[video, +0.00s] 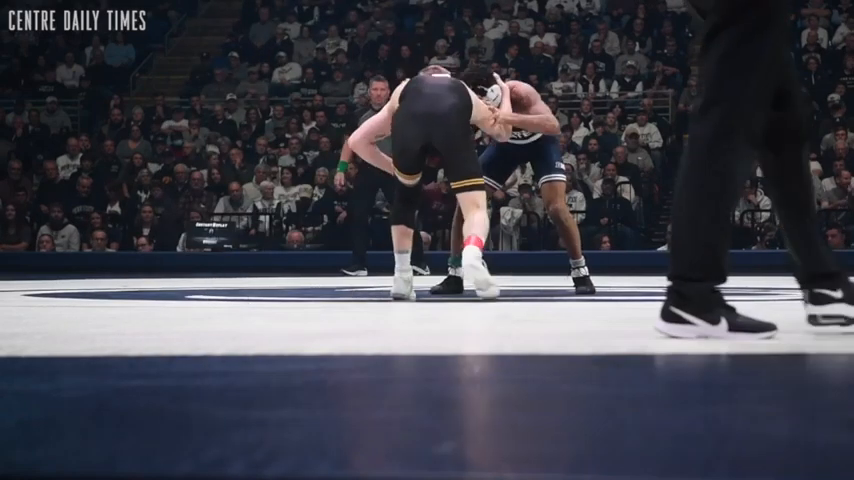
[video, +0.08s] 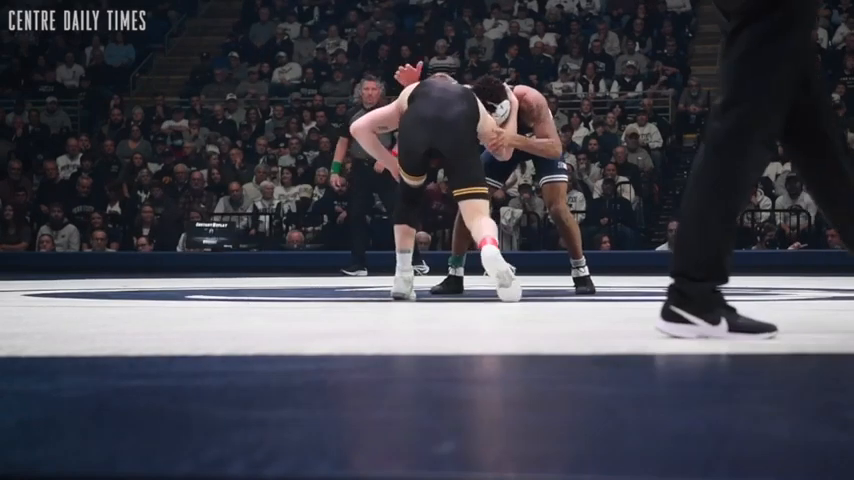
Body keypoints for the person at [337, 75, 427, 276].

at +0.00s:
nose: (379, 94)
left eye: (383, 90)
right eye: (375, 89)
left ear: (389, 92)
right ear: (369, 92)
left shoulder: (400, 113)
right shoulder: (361, 116)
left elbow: (409, 139)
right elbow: (351, 140)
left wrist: (408, 165)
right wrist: (341, 168)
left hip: (394, 169)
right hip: (366, 170)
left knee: (405, 213)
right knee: (359, 213)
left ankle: (418, 261)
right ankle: (359, 263)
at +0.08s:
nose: (370, 93)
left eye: (374, 89)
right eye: (367, 89)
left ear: (381, 92)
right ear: (360, 92)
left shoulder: (392, 112)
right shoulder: (353, 116)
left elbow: (402, 139)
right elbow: (343, 142)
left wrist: (387, 158)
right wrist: (335, 170)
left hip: (386, 166)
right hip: (360, 167)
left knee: (398, 210)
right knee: (357, 213)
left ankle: (414, 260)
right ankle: (358, 263)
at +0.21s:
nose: (357, 91)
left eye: (361, 88)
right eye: (354, 88)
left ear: (368, 91)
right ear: (348, 91)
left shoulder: (375, 113)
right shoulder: (342, 117)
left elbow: (388, 140)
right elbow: (333, 143)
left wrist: (366, 156)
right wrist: (325, 170)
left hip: (372, 168)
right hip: (350, 169)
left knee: (377, 212)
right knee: (353, 215)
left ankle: (404, 256)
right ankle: (358, 263)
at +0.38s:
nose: (343, 91)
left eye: (348, 87)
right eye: (340, 87)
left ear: (355, 90)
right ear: (335, 89)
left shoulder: (364, 111)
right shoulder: (329, 115)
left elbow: (376, 139)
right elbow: (323, 142)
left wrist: (355, 158)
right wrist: (315, 166)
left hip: (360, 167)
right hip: (338, 169)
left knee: (355, 212)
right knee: (345, 214)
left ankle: (359, 261)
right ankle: (357, 260)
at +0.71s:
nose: (317, 92)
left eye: (321, 88)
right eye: (314, 88)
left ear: (328, 91)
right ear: (308, 91)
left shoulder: (336, 114)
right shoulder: (301, 117)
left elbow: (353, 141)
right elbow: (296, 142)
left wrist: (342, 167)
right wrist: (291, 166)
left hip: (329, 168)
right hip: (310, 169)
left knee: (319, 214)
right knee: (328, 216)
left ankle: (311, 264)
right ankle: (353, 259)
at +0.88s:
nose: (304, 90)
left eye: (308, 86)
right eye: (300, 86)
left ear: (315, 89)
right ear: (295, 88)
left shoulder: (322, 111)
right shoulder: (289, 113)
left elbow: (335, 141)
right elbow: (281, 138)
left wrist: (319, 165)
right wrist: (276, 163)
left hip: (314, 164)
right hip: (296, 164)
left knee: (311, 215)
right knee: (294, 215)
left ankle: (311, 264)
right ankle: (331, 245)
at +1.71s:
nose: (219, 85)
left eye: (223, 81)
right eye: (215, 81)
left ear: (230, 83)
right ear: (209, 84)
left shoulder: (239, 106)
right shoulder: (206, 111)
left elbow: (252, 136)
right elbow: (197, 138)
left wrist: (248, 166)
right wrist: (185, 160)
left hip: (232, 163)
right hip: (214, 164)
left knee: (218, 209)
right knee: (226, 212)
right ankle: (239, 263)